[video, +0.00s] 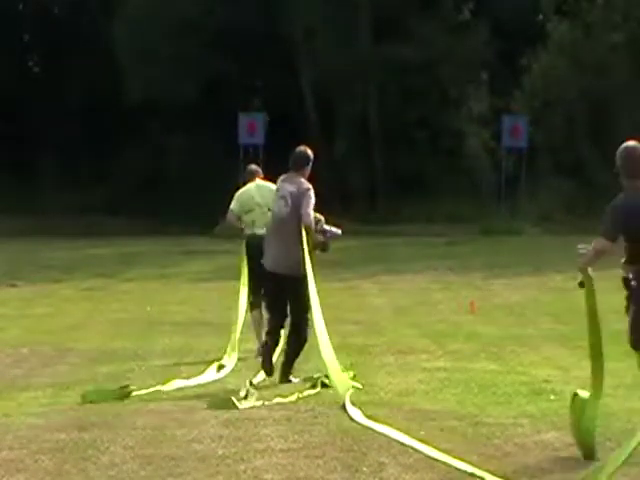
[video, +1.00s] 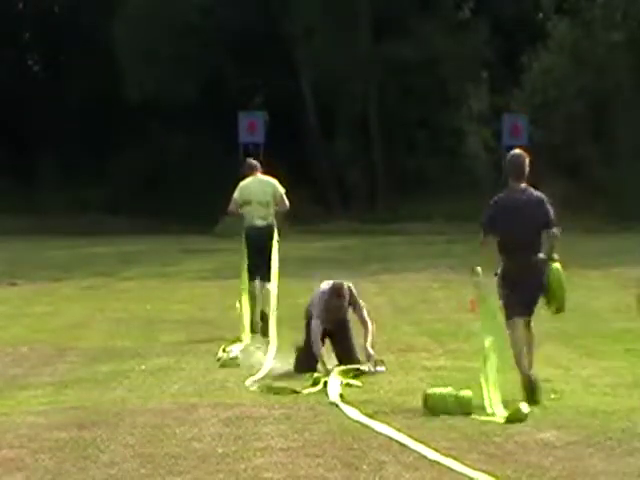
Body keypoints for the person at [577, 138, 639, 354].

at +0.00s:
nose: (617, 170)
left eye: (618, 165)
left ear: (620, 169)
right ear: (638, 167)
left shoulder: (624, 204)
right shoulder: (625, 203)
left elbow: (604, 244)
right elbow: (606, 243)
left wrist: (585, 262)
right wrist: (590, 256)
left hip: (635, 273)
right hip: (634, 272)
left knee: (637, 339)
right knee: (636, 339)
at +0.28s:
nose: (602, 171)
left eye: (598, 165)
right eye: (612, 165)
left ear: (593, 168)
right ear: (617, 168)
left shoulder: (587, 202)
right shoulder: (631, 204)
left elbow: (570, 235)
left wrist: (553, 248)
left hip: (594, 280)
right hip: (623, 280)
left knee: (593, 344)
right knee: (623, 352)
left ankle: (601, 363)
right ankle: (619, 419)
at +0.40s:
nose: (578, 165)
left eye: (575, 160)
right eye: (586, 159)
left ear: (570, 162)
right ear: (594, 161)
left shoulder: (567, 197)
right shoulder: (611, 193)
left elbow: (561, 232)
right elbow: (631, 227)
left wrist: (540, 242)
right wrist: (628, 263)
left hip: (580, 270)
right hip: (609, 269)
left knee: (577, 341)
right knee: (604, 348)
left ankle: (584, 397)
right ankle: (615, 360)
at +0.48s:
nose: (573, 167)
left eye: (568, 163)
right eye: (579, 161)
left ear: (561, 165)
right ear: (585, 164)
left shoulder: (558, 198)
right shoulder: (600, 194)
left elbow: (553, 234)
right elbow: (618, 227)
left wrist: (535, 235)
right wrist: (615, 259)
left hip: (574, 270)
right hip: (600, 268)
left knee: (570, 340)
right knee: (585, 332)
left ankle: (586, 403)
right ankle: (596, 350)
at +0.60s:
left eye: (558, 157)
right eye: (571, 155)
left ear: (552, 158)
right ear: (575, 158)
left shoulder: (542, 192)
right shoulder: (586, 191)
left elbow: (523, 225)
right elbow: (604, 228)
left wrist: (510, 247)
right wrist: (598, 255)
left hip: (553, 261)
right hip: (579, 260)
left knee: (560, 320)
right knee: (570, 320)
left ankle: (571, 369)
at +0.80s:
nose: (532, 168)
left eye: (528, 164)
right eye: (538, 163)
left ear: (523, 165)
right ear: (545, 164)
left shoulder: (521, 198)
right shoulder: (559, 195)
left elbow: (508, 229)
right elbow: (577, 226)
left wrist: (495, 245)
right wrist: (572, 256)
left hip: (531, 264)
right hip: (556, 263)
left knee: (529, 327)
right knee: (554, 327)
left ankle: (536, 380)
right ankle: (556, 372)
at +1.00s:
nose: (520, 173)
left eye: (514, 169)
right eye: (524, 169)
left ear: (507, 171)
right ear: (528, 171)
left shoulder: (499, 202)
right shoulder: (539, 200)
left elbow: (488, 238)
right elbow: (551, 232)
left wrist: (488, 266)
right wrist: (548, 257)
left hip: (509, 265)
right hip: (534, 263)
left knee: (514, 320)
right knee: (526, 320)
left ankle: (525, 372)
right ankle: (528, 370)